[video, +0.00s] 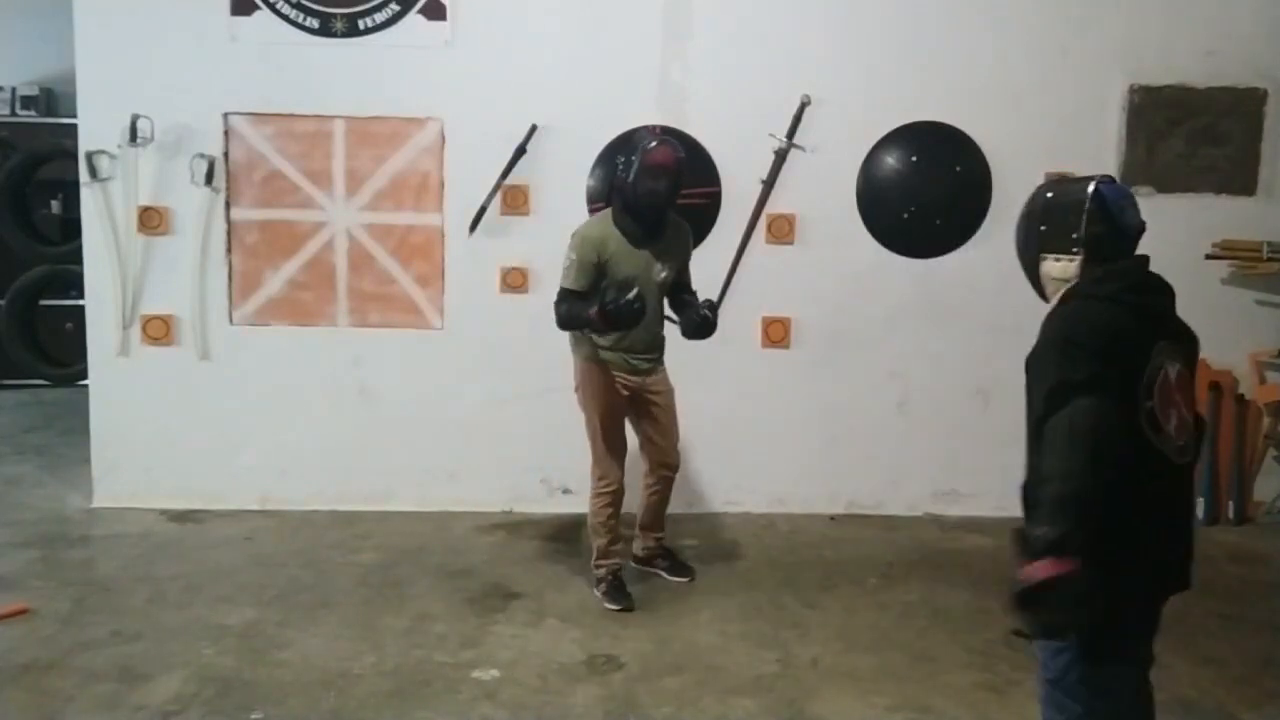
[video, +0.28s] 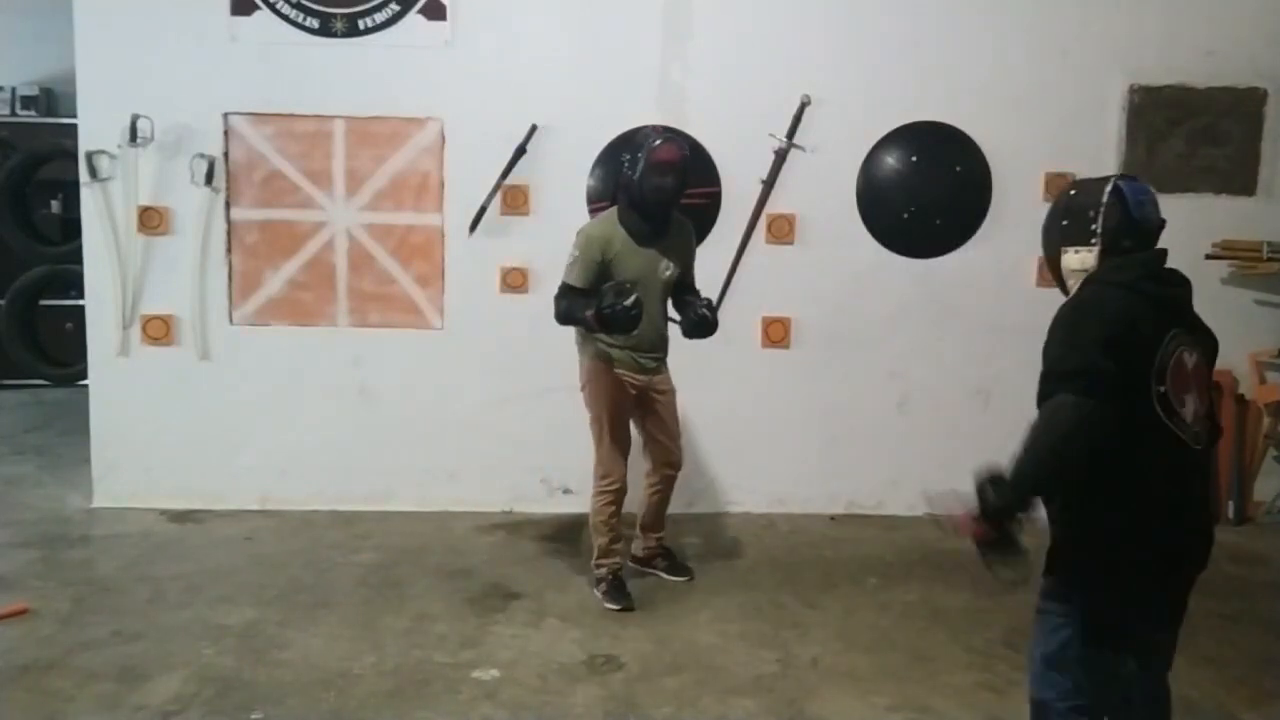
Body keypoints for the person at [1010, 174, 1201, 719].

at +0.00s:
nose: (1036, 262)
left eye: (1041, 248)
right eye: (1037, 248)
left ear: (1063, 248)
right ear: (1118, 242)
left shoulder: (1077, 325)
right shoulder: (1163, 319)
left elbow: (1069, 442)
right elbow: (1173, 441)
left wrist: (1048, 548)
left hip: (1086, 570)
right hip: (1146, 563)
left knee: (1073, 696)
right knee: (1124, 692)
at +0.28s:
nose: (1053, 266)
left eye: (1058, 251)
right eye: (1053, 251)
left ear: (1085, 245)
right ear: (1137, 241)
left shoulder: (1092, 312)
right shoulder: (1181, 314)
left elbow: (1068, 421)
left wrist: (1006, 495)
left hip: (1099, 548)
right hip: (1170, 546)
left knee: (1063, 688)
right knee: (1139, 689)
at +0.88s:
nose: (998, 248)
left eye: (1006, 236)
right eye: (1001, 235)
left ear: (1027, 241)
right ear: (1083, 239)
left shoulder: (1018, 331)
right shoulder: (1148, 332)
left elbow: (988, 458)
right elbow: (1167, 443)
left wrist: (952, 563)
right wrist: (1123, 511)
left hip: (1028, 556)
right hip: (1109, 549)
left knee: (1009, 679)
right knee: (1077, 677)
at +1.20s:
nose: (984, 259)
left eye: (990, 246)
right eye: (985, 245)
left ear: (1009, 247)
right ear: (1063, 240)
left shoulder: (1009, 330)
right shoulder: (1114, 321)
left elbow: (975, 446)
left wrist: (918, 539)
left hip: (1029, 566)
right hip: (1103, 556)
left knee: (1014, 697)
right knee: (1063, 696)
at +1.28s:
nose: (981, 267)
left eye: (986, 252)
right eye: (981, 253)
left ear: (1010, 251)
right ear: (1052, 247)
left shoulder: (1033, 320)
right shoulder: (1087, 301)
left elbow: (1003, 437)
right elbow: (1045, 392)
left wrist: (930, 521)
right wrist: (969, 398)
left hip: (1044, 561)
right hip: (1095, 549)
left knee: (1013, 695)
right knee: (1056, 690)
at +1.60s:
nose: (989, 289)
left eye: (992, 274)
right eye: (988, 275)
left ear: (1016, 272)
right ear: (1058, 264)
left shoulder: (1047, 333)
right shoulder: (1089, 319)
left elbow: (1042, 444)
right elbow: (1086, 427)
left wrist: (972, 526)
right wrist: (1006, 429)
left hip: (1069, 558)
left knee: (1027, 694)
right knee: (1052, 689)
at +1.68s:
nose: (1001, 285)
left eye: (1006, 269)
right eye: (1000, 270)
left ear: (1028, 268)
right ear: (1070, 262)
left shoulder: (1038, 341)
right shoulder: (1117, 331)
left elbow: (1024, 455)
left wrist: (960, 513)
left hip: (1054, 567)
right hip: (1114, 557)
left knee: (1025, 695)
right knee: (1059, 691)